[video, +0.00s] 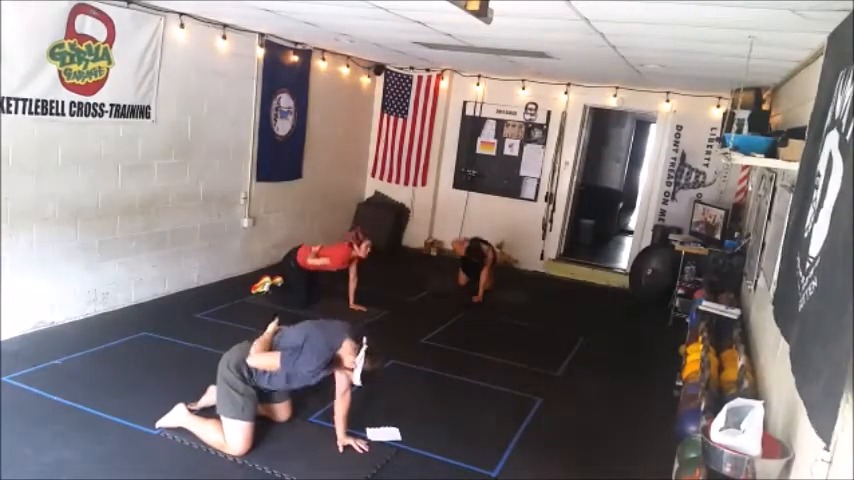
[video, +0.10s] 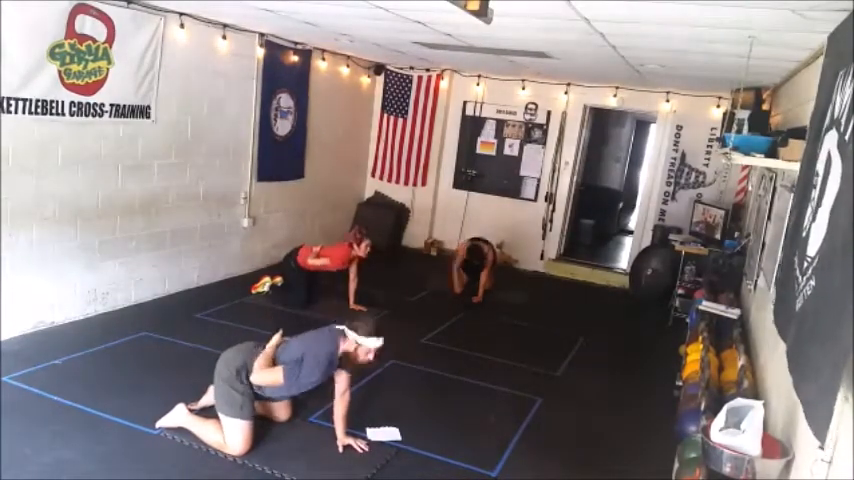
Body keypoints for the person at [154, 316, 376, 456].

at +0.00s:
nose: (352, 372)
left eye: (356, 371)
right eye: (354, 369)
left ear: (361, 354)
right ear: (354, 358)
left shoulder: (349, 338)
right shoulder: (316, 350)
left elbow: (343, 393)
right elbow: (254, 359)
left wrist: (343, 435)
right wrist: (268, 333)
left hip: (273, 366)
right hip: (240, 368)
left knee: (281, 413)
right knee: (236, 445)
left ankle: (220, 397)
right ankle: (183, 417)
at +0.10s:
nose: (373, 356)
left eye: (376, 350)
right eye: (370, 350)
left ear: (354, 336)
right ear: (354, 343)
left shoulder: (343, 338)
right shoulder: (316, 365)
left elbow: (342, 393)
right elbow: (257, 377)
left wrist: (342, 435)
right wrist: (271, 347)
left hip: (260, 356)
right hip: (235, 370)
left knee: (282, 413)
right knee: (236, 445)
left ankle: (220, 397)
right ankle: (183, 417)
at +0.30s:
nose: (366, 359)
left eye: (370, 355)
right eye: (364, 354)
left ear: (350, 338)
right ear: (349, 344)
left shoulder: (338, 337)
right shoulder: (313, 360)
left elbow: (339, 390)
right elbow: (267, 393)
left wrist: (342, 435)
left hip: (257, 354)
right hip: (235, 370)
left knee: (283, 412)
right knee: (236, 445)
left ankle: (218, 395)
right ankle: (182, 417)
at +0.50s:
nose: (368, 362)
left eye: (373, 358)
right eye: (367, 355)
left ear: (354, 338)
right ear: (353, 341)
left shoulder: (338, 334)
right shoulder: (318, 358)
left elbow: (301, 334)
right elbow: (311, 413)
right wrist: (312, 458)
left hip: (266, 359)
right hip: (240, 366)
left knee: (281, 411)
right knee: (234, 445)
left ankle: (221, 395)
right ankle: (177, 420)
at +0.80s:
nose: (337, 379)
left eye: (341, 379)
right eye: (342, 377)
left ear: (352, 355)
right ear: (348, 361)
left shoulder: (332, 333)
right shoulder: (314, 363)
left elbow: (296, 325)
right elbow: (309, 415)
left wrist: (265, 333)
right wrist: (311, 458)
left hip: (261, 358)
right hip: (236, 369)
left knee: (280, 410)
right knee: (233, 445)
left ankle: (220, 399)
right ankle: (180, 418)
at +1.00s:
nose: (353, 318)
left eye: (351, 312)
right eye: (346, 315)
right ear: (326, 320)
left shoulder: (322, 335)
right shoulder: (305, 358)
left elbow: (294, 335)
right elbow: (303, 413)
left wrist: (262, 345)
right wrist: (311, 459)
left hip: (253, 356)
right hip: (229, 370)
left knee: (279, 410)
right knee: (233, 445)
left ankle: (217, 401)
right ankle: (182, 418)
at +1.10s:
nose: (356, 318)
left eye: (355, 312)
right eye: (350, 315)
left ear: (333, 318)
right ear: (331, 319)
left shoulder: (323, 331)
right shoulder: (307, 358)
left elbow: (297, 334)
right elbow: (305, 413)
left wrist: (268, 343)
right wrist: (312, 459)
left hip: (253, 355)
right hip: (231, 370)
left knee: (280, 410)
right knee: (233, 445)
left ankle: (218, 400)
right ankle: (182, 418)